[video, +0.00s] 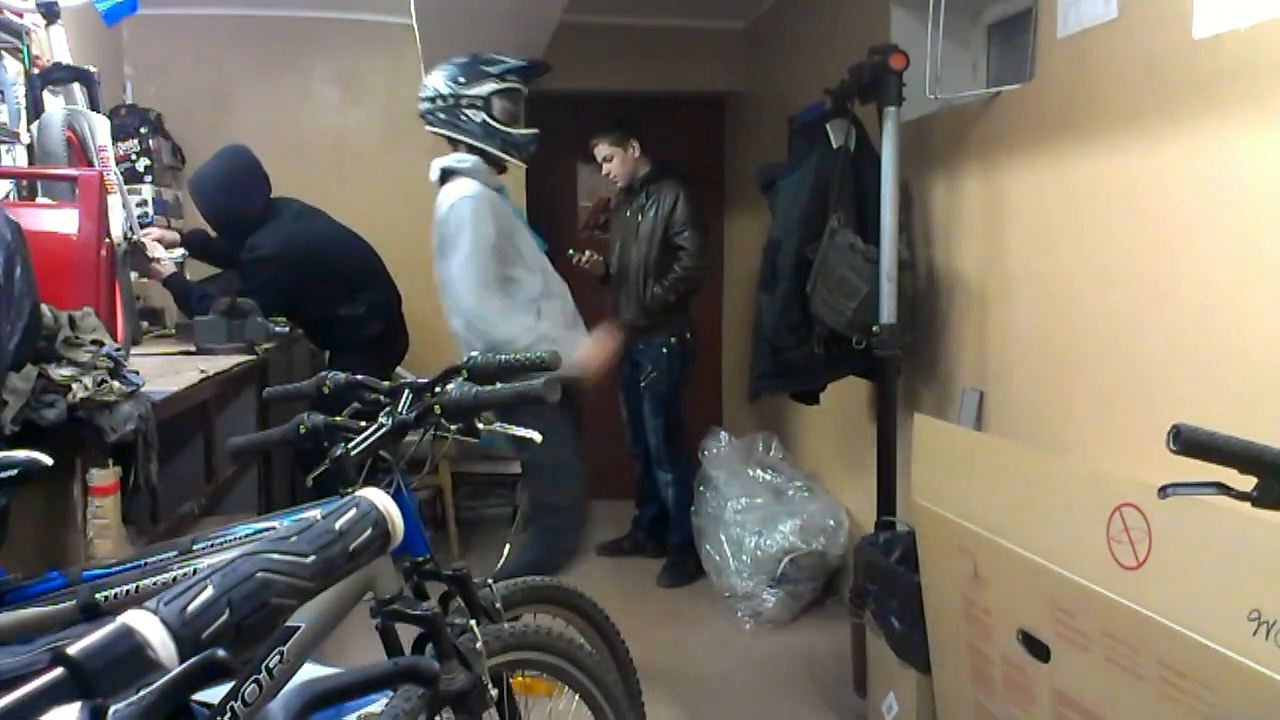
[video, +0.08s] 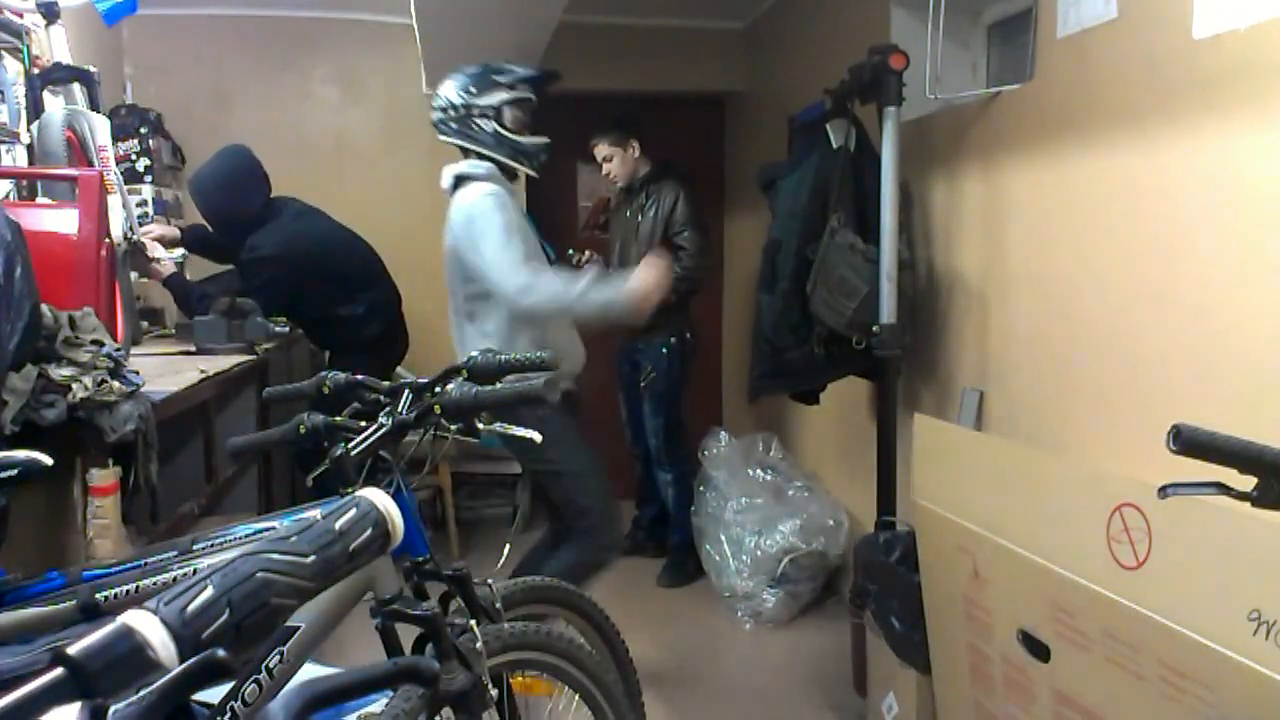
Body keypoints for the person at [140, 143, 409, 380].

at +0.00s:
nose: (208, 217)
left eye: (208, 208)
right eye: (205, 208)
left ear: (224, 209)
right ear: (254, 189)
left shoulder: (268, 254)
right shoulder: (283, 212)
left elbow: (211, 309)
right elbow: (236, 251)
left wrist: (168, 275)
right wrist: (181, 239)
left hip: (367, 347)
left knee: (320, 444)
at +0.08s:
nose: (207, 216)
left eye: (208, 207)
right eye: (205, 207)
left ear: (226, 207)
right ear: (255, 188)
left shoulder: (269, 255)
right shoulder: (283, 211)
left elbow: (207, 307)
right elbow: (235, 245)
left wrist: (167, 274)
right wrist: (181, 236)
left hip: (367, 347)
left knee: (319, 444)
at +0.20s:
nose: (208, 216)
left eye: (208, 207)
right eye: (205, 206)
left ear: (224, 208)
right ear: (255, 188)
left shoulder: (269, 254)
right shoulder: (283, 211)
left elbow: (206, 305)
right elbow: (236, 250)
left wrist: (166, 273)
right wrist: (183, 241)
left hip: (366, 348)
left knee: (321, 443)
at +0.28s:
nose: (207, 217)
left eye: (207, 207)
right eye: (204, 207)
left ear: (223, 208)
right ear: (256, 187)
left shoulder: (268, 253)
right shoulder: (283, 212)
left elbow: (211, 308)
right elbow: (240, 258)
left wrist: (167, 275)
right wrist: (182, 253)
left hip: (366, 349)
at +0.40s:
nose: (208, 219)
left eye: (208, 210)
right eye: (205, 210)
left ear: (224, 209)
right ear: (252, 191)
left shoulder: (270, 253)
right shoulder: (283, 213)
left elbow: (215, 307)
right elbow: (239, 260)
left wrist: (168, 276)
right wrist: (182, 253)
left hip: (368, 348)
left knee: (319, 444)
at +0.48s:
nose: (207, 220)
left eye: (207, 211)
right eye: (205, 211)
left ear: (222, 211)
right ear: (252, 191)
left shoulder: (267, 254)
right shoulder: (284, 212)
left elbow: (213, 307)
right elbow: (237, 255)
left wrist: (167, 277)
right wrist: (181, 247)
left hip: (368, 349)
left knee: (318, 443)